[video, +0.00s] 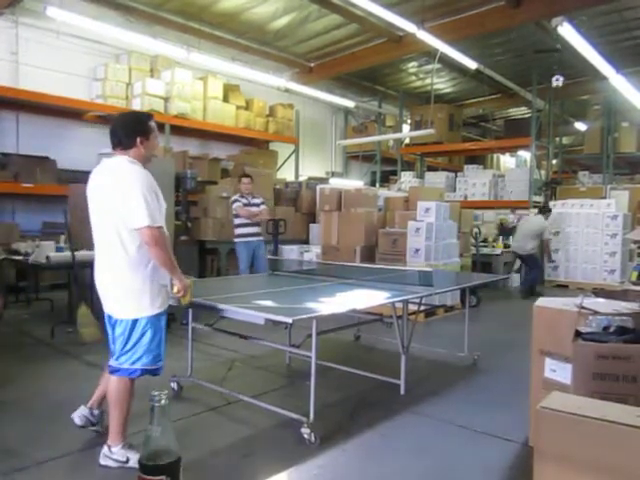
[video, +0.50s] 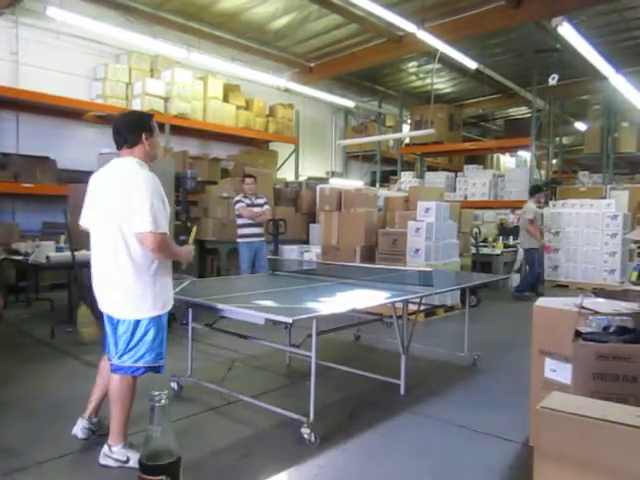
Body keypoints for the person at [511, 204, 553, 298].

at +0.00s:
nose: (548, 216)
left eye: (548, 214)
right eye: (548, 215)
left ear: (538, 211)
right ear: (547, 214)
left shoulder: (527, 218)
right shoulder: (544, 224)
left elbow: (517, 228)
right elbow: (546, 242)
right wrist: (549, 257)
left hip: (515, 247)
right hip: (528, 250)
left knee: (529, 267)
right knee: (537, 268)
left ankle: (525, 287)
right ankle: (530, 288)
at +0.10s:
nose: (549, 216)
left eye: (549, 214)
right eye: (549, 214)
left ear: (540, 211)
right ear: (548, 214)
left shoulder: (528, 218)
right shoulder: (544, 224)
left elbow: (519, 229)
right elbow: (546, 240)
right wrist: (549, 250)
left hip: (516, 248)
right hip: (527, 250)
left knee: (532, 267)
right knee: (538, 269)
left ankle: (531, 289)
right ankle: (523, 286)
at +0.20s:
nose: (550, 213)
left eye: (550, 210)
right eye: (550, 211)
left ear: (541, 208)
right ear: (548, 211)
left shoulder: (529, 213)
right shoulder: (544, 222)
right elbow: (545, 239)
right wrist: (550, 241)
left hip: (516, 246)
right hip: (527, 248)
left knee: (532, 267)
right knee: (538, 268)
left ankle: (532, 288)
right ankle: (523, 286)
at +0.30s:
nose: (549, 207)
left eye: (549, 204)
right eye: (549, 205)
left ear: (538, 202)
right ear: (548, 204)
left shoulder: (528, 212)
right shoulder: (542, 216)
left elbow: (523, 228)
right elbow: (540, 233)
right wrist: (547, 240)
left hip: (520, 244)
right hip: (529, 246)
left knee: (532, 267)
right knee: (538, 267)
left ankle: (531, 289)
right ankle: (523, 286)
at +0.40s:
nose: (548, 202)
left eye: (548, 199)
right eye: (547, 199)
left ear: (537, 197)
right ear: (542, 198)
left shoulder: (528, 208)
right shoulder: (536, 211)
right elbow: (535, 230)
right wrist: (547, 244)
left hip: (524, 243)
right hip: (530, 244)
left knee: (534, 268)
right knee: (536, 269)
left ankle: (531, 289)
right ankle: (521, 290)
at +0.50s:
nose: (542, 198)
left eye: (543, 195)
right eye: (540, 195)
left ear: (535, 195)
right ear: (535, 195)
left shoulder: (534, 208)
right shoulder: (530, 208)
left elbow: (533, 224)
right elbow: (528, 225)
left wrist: (540, 231)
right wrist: (539, 238)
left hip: (536, 243)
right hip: (530, 243)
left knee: (538, 269)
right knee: (534, 270)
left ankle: (534, 288)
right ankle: (519, 290)